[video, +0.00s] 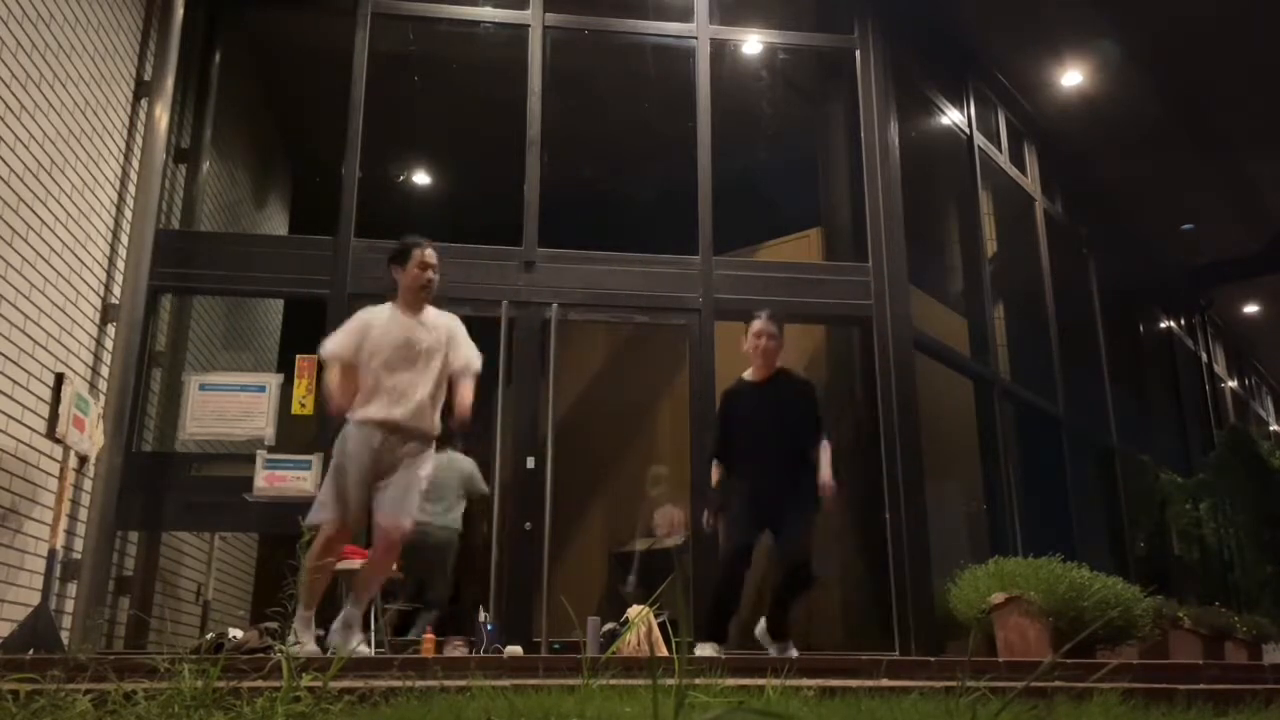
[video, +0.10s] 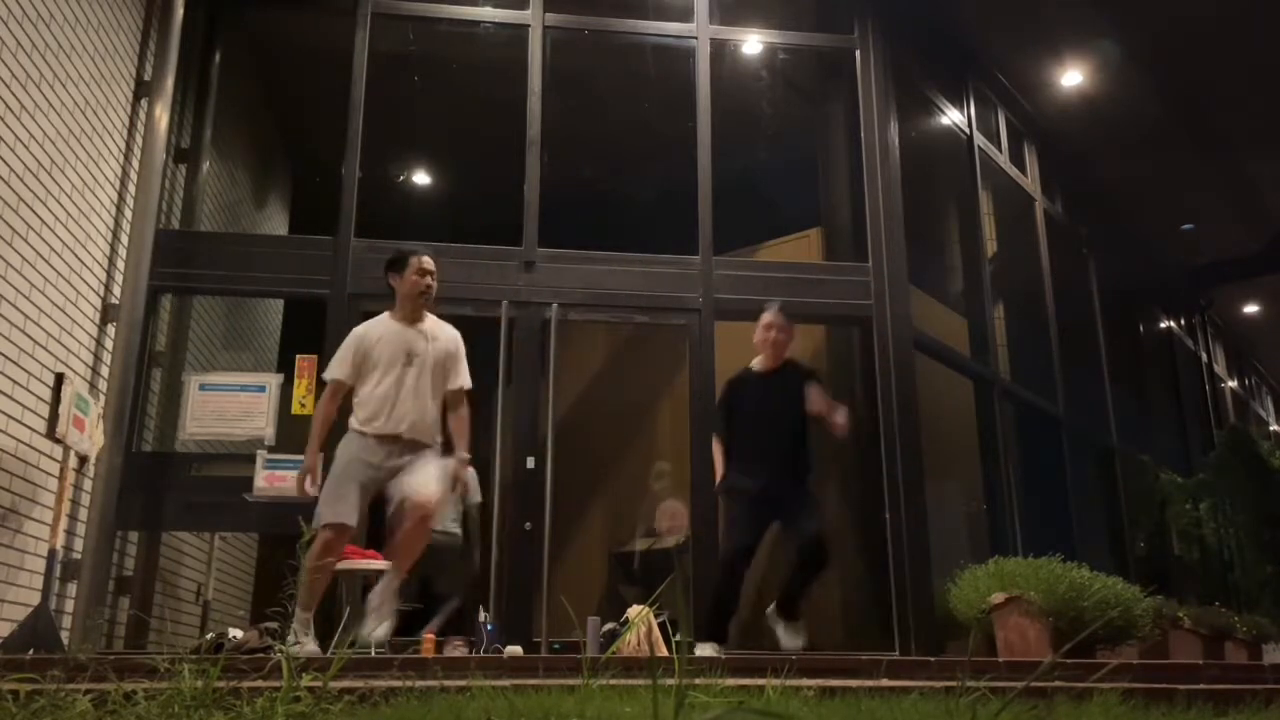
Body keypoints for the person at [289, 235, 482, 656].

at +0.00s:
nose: (430, 274)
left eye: (434, 269)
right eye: (422, 267)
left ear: (438, 277)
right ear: (398, 272)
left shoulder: (448, 325)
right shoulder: (371, 319)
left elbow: (466, 368)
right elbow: (334, 355)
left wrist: (463, 403)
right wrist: (337, 393)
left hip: (417, 441)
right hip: (364, 432)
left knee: (394, 534)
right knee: (338, 530)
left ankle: (347, 627)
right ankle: (303, 624)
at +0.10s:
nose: (430, 281)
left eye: (434, 275)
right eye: (422, 273)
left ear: (436, 285)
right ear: (395, 279)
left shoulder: (448, 338)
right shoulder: (366, 334)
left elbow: (457, 403)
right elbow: (332, 395)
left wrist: (461, 454)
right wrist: (313, 451)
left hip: (420, 452)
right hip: (363, 445)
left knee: (424, 505)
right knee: (334, 532)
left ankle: (383, 597)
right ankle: (301, 626)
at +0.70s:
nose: (531, 281)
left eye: (535, 275)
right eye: (521, 276)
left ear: (542, 286)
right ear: (502, 288)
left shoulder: (563, 331)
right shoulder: (489, 344)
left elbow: (586, 385)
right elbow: (464, 391)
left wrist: (586, 422)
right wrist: (449, 412)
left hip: (564, 439)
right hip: (514, 447)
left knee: (528, 521)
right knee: (544, 547)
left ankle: (530, 624)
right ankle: (604, 624)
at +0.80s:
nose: (532, 273)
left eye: (538, 267)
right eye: (523, 268)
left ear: (548, 276)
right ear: (509, 280)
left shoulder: (570, 315)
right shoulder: (500, 334)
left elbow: (599, 361)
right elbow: (457, 379)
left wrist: (562, 331)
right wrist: (455, 339)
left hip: (575, 426)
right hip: (531, 435)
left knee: (540, 490)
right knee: (561, 537)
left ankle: (558, 599)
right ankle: (609, 626)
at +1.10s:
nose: (524, 278)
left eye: (531, 270)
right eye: (516, 272)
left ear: (547, 273)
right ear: (509, 281)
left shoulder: (568, 304)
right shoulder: (518, 333)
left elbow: (583, 349)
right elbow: (498, 388)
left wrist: (534, 331)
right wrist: (465, 390)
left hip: (586, 425)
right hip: (548, 434)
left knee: (605, 534)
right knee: (491, 509)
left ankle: (660, 625)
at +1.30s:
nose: (492, 307)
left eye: (498, 299)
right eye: (483, 301)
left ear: (512, 305)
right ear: (472, 312)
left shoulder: (539, 345)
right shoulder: (478, 365)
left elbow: (581, 397)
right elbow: (489, 435)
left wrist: (613, 446)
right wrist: (488, 497)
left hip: (567, 459)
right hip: (520, 470)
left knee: (592, 555)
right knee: (458, 534)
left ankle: (661, 629)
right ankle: (408, 631)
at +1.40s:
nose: (465, 291)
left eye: (471, 283)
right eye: (456, 284)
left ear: (484, 287)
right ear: (442, 292)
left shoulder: (509, 328)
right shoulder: (443, 342)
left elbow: (563, 364)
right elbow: (461, 399)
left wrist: (610, 390)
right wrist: (475, 446)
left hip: (528, 449)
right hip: (479, 456)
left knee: (568, 541)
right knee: (426, 523)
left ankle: (641, 616)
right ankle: (402, 630)